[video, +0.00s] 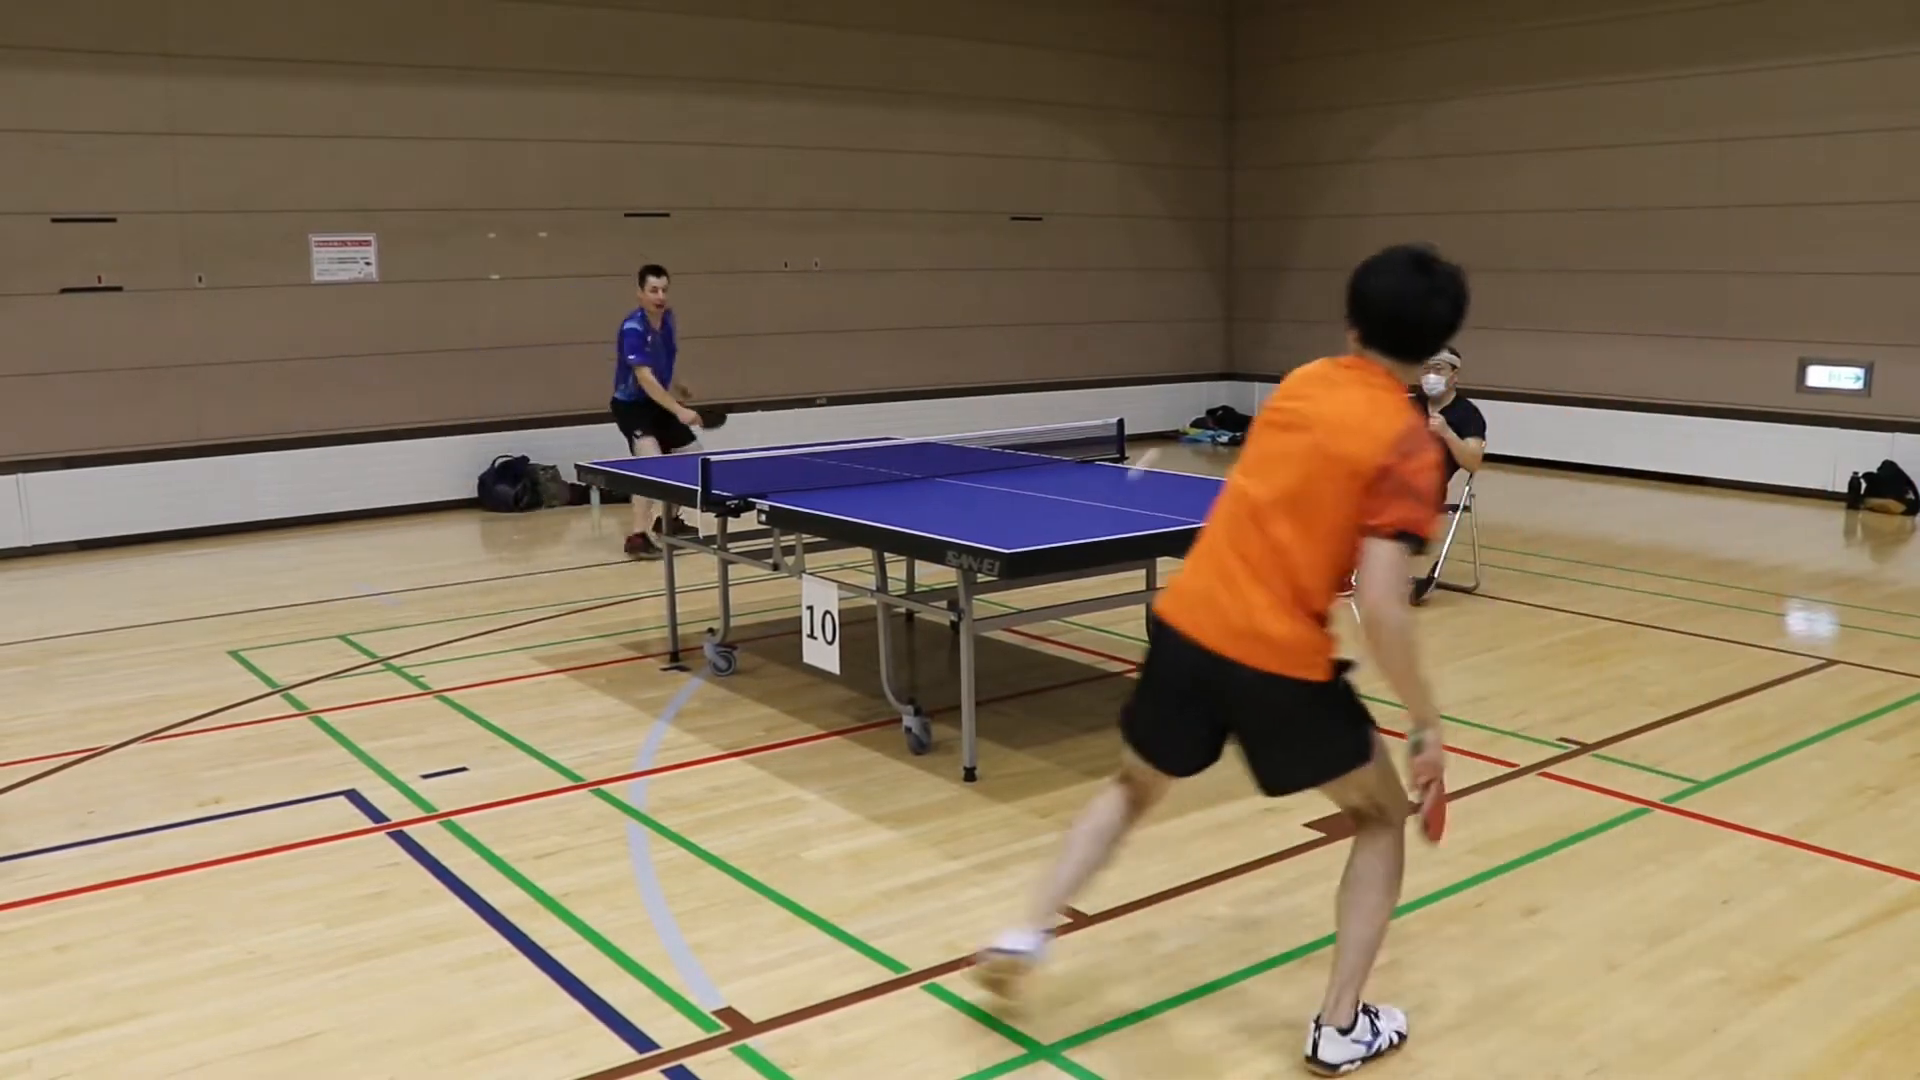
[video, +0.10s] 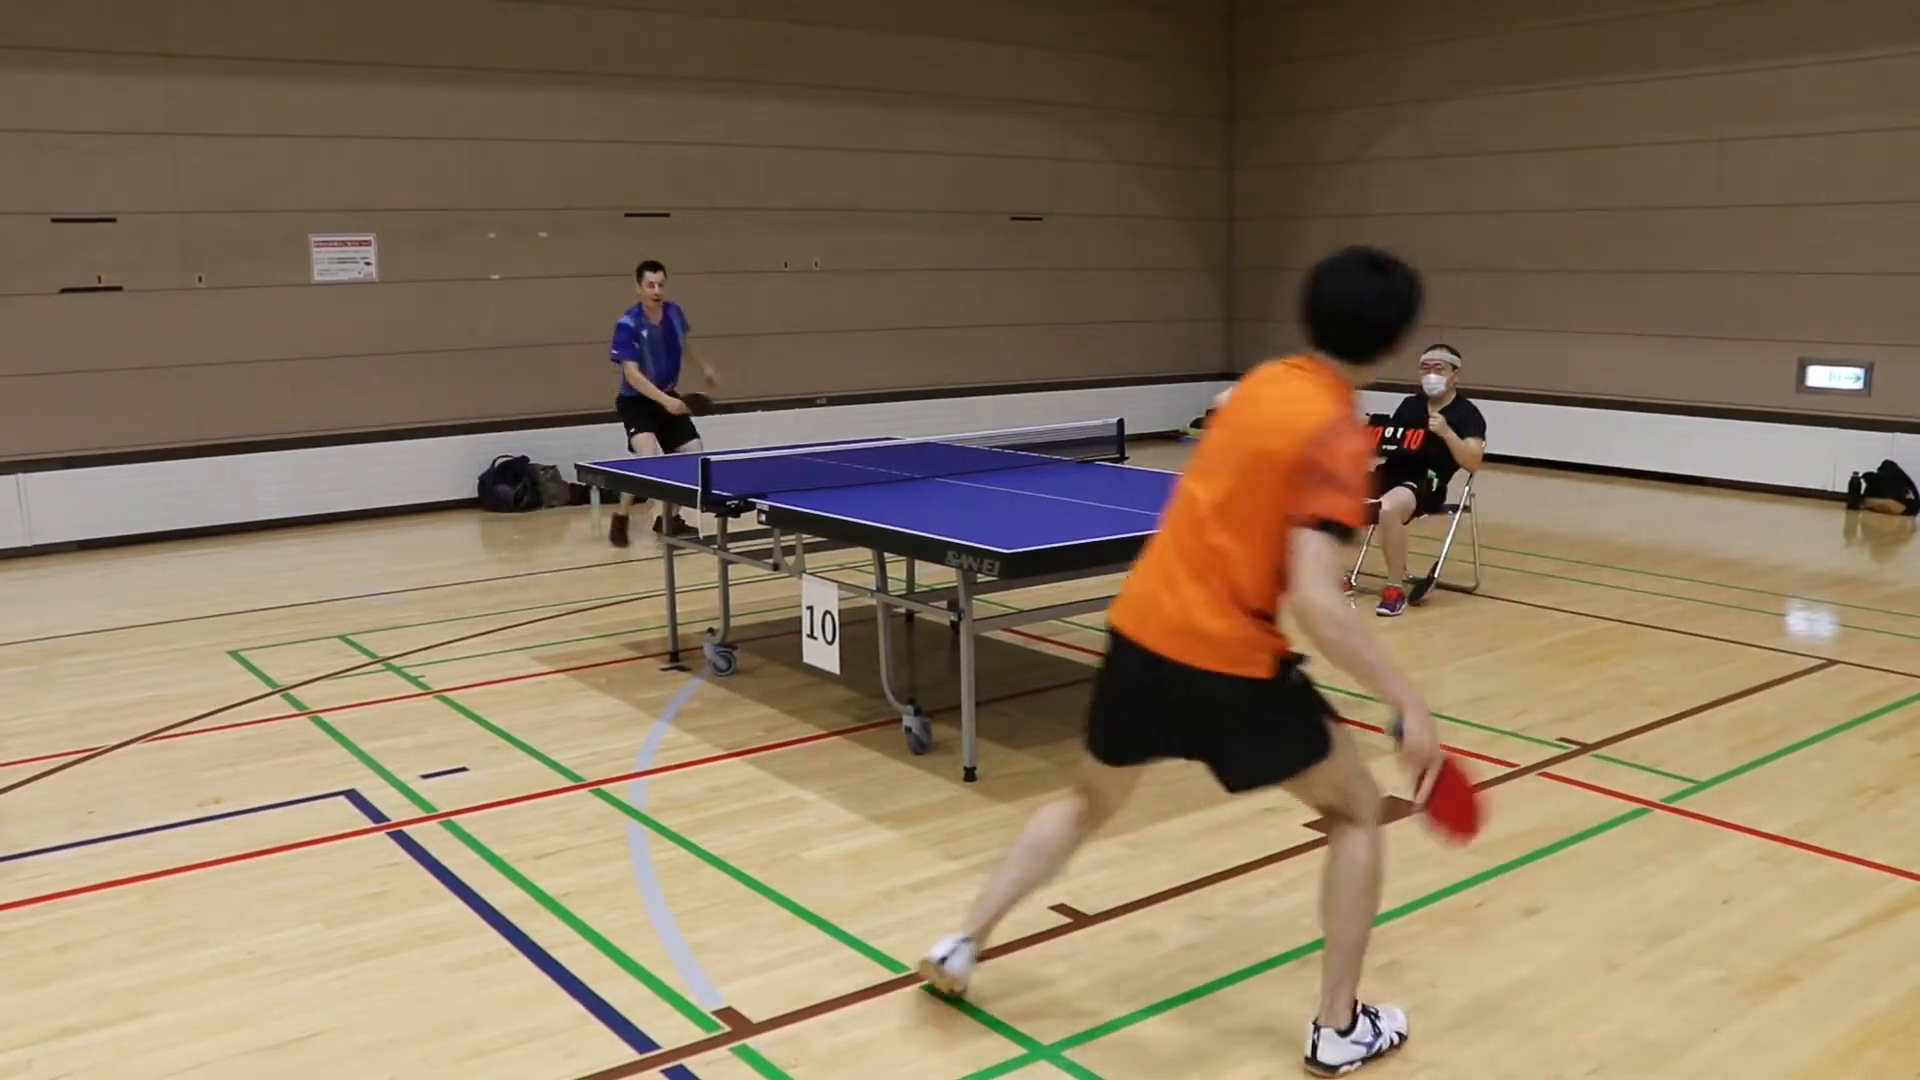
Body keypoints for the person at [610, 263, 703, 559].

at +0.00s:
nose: (660, 296)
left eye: (664, 290)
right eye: (653, 290)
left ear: (668, 292)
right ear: (640, 293)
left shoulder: (667, 319)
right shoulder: (633, 327)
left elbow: (666, 359)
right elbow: (645, 379)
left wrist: (676, 385)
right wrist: (678, 410)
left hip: (658, 399)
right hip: (631, 403)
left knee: (685, 455)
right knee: (651, 457)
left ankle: (670, 519)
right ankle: (638, 534)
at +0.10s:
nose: (656, 291)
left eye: (660, 285)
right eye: (650, 285)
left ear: (666, 287)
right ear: (638, 288)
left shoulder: (673, 314)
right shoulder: (628, 324)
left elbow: (685, 344)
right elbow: (631, 374)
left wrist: (705, 368)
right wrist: (666, 400)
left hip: (666, 396)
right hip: (636, 399)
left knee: (692, 452)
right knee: (648, 455)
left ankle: (668, 517)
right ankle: (622, 514)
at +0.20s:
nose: (651, 279)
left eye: (655, 273)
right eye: (645, 274)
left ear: (661, 275)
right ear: (633, 277)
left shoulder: (675, 300)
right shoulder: (622, 314)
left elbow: (695, 324)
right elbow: (617, 361)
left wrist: (719, 349)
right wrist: (644, 391)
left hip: (670, 385)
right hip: (636, 388)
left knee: (692, 447)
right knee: (631, 449)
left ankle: (671, 513)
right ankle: (619, 517)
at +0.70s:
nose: (623, 336)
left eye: (628, 330)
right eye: (617, 331)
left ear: (637, 332)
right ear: (611, 336)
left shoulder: (649, 356)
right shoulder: (623, 361)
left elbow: (674, 382)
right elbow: (630, 399)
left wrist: (661, 408)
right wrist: (615, 424)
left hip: (671, 424)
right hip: (644, 424)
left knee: (704, 466)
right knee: (599, 455)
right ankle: (578, 509)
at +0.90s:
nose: (662, 305)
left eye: (667, 299)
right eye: (658, 299)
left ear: (676, 299)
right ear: (651, 299)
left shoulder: (681, 333)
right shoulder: (634, 321)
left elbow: (696, 356)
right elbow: (607, 323)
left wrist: (686, 371)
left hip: (664, 397)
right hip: (632, 396)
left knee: (695, 450)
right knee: (600, 450)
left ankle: (714, 500)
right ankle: (579, 507)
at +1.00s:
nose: (670, 289)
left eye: (676, 285)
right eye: (667, 282)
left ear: (681, 291)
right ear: (659, 283)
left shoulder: (676, 331)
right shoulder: (637, 301)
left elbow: (681, 373)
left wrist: (687, 363)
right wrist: (656, 243)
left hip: (654, 382)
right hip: (622, 379)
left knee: (693, 440)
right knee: (599, 436)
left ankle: (710, 494)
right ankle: (584, 497)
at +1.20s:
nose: (663, 292)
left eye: (667, 288)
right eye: (658, 286)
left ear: (670, 292)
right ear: (647, 288)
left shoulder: (667, 332)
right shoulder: (631, 310)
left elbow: (671, 374)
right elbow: (616, 300)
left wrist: (675, 369)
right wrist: (645, 279)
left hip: (651, 383)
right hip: (624, 375)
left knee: (675, 449)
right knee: (626, 403)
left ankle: (655, 498)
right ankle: (614, 463)